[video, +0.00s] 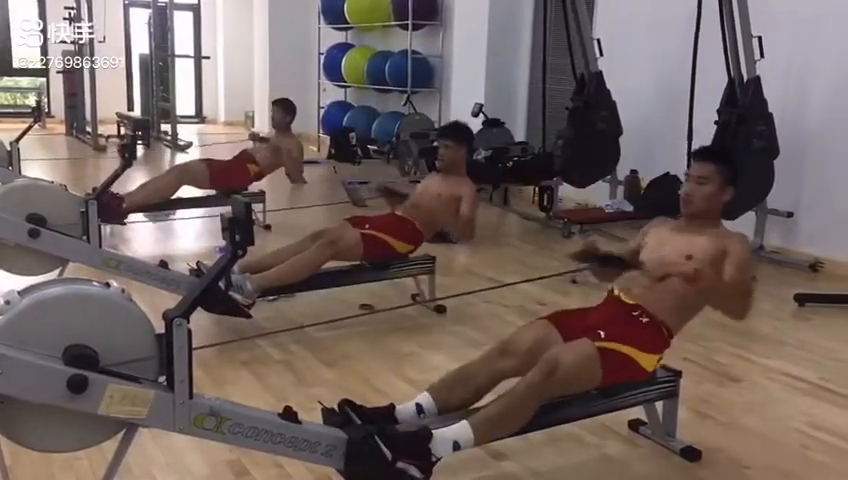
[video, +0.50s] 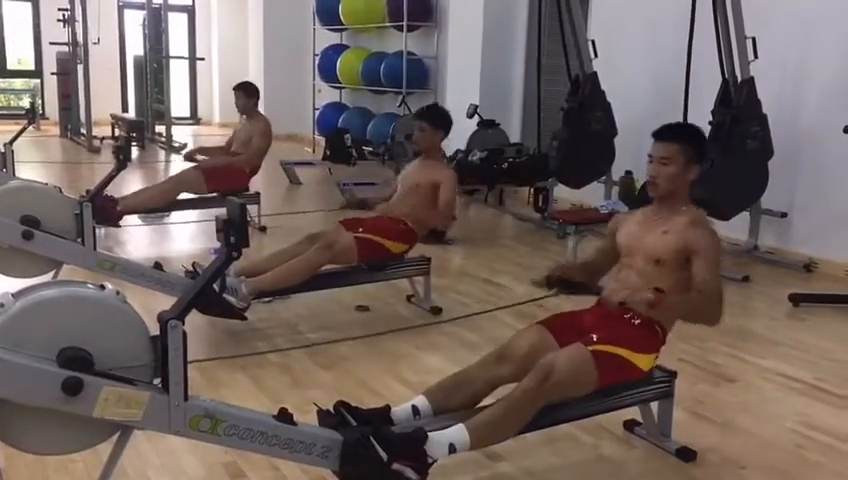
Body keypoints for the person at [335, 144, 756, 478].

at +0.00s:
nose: (688, 188)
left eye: (701, 182)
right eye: (688, 179)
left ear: (726, 194)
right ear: (684, 182)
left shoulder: (733, 243)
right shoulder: (658, 227)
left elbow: (739, 309)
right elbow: (627, 272)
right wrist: (599, 259)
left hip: (639, 337)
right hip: (600, 314)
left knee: (546, 372)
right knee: (509, 350)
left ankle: (432, 452)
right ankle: (397, 419)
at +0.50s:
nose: (652, 170)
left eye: (665, 163)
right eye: (652, 160)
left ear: (692, 172)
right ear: (649, 165)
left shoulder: (698, 232)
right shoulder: (629, 219)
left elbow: (711, 311)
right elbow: (593, 268)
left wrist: (665, 302)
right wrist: (565, 272)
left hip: (635, 337)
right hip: (594, 315)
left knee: (544, 376)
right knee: (506, 356)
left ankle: (427, 453)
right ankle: (395, 419)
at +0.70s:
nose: (632, 165)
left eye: (645, 157)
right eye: (631, 155)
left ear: (674, 167)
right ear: (628, 160)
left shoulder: (681, 224)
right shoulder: (613, 216)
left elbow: (671, 304)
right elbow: (564, 264)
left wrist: (601, 311)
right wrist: (519, 284)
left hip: (637, 335)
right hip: (593, 318)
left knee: (544, 381)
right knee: (503, 362)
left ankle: (432, 453)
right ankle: (395, 421)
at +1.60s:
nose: (595, 168)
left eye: (607, 159)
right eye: (593, 158)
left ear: (637, 167)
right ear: (592, 161)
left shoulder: (653, 225)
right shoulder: (584, 217)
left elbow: (612, 291)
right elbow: (520, 260)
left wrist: (546, 318)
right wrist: (465, 290)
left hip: (636, 344)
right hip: (593, 323)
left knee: (539, 359)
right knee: (496, 346)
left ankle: (441, 451)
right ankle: (405, 422)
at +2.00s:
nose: (547, 172)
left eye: (560, 163)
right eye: (546, 161)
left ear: (590, 170)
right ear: (544, 163)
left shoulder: (607, 231)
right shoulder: (542, 222)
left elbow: (557, 292)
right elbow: (472, 261)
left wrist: (485, 322)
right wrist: (411, 292)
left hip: (601, 356)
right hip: (560, 336)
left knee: (510, 335)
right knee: (465, 313)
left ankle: (439, 452)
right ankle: (407, 423)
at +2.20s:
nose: (507, 178)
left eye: (521, 168)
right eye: (506, 167)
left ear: (552, 175)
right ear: (504, 167)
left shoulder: (569, 238)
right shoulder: (505, 228)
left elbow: (516, 298)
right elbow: (432, 264)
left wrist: (439, 328)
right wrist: (364, 294)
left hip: (574, 365)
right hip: (533, 342)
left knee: (492, 332)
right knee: (441, 303)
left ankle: (438, 452)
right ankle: (406, 426)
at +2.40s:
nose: (460, 185)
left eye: (473, 175)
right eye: (459, 173)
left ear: (505, 182)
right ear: (456, 174)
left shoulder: (524, 241)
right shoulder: (462, 235)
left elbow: (467, 303)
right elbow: (384, 270)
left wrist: (378, 335)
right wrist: (311, 299)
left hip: (543, 381)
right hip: (497, 370)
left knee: (464, 318)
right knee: (417, 297)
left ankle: (438, 453)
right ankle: (407, 422)